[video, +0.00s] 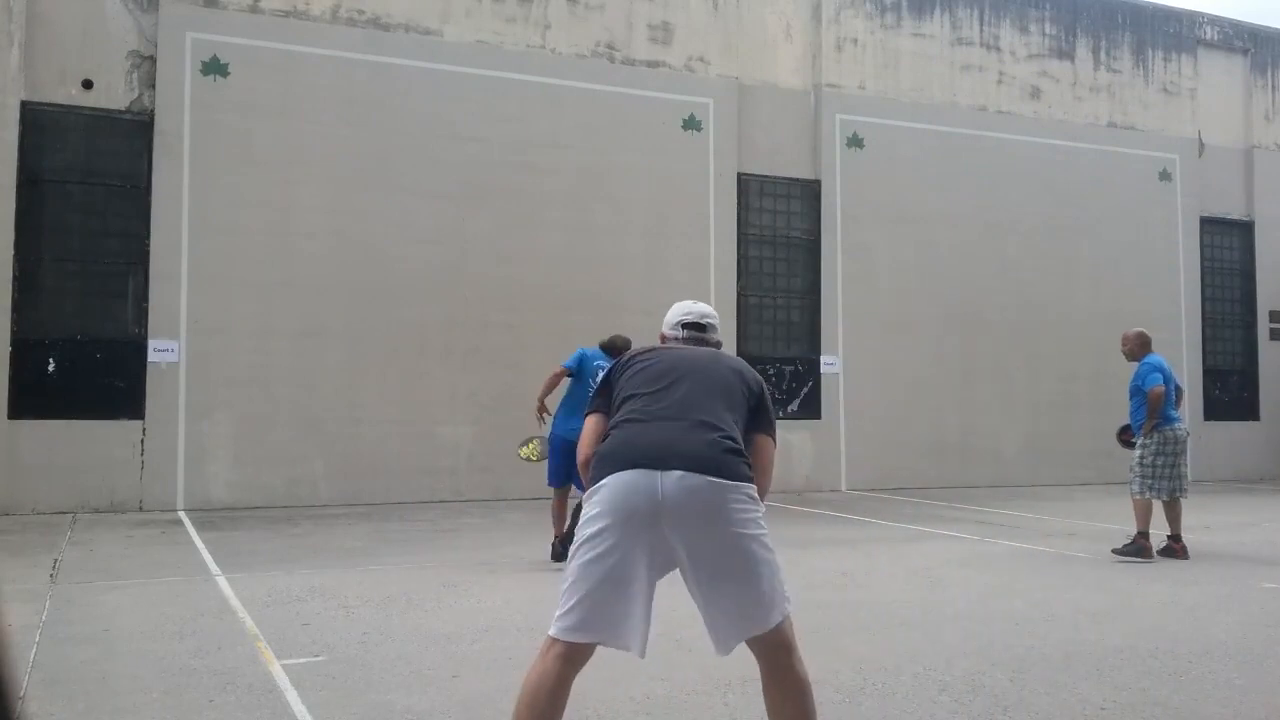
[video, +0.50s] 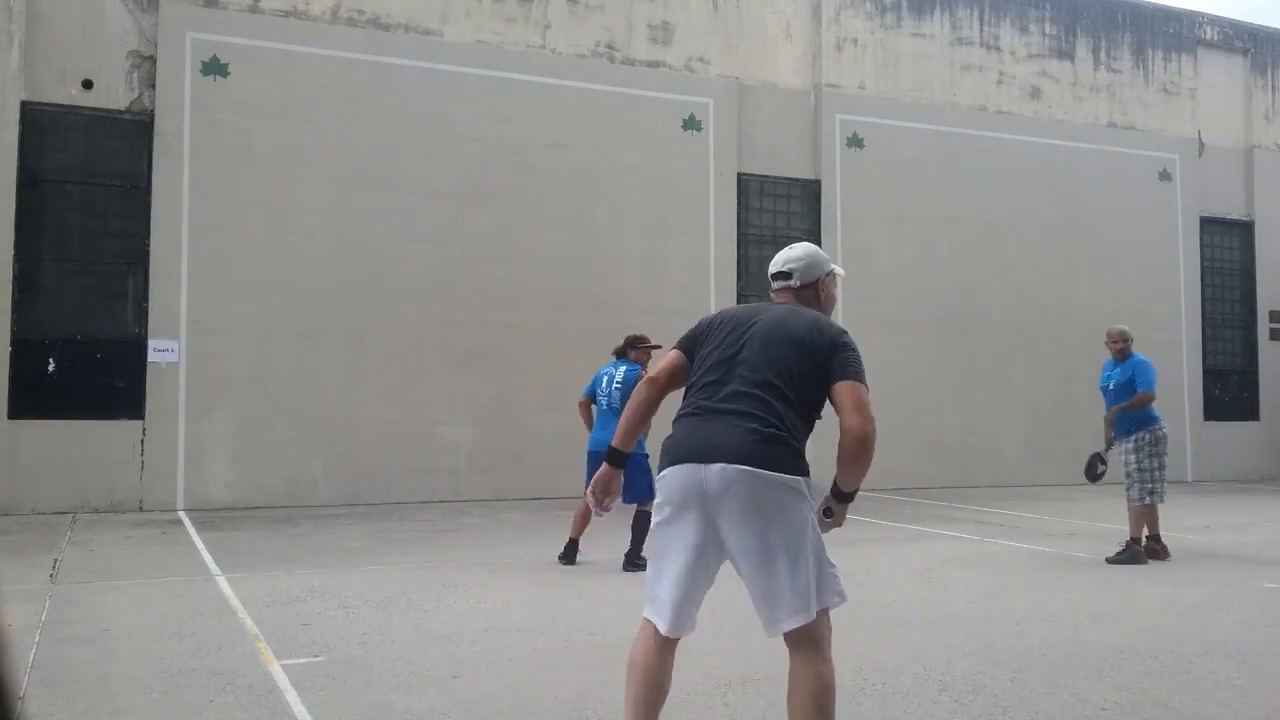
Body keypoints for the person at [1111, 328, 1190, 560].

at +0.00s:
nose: (1122, 349)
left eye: (1126, 344)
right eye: (1122, 345)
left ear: (1139, 345)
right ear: (1143, 346)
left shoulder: (1148, 365)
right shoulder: (1160, 363)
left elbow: (1156, 391)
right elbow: (1178, 392)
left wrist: (1147, 425)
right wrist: (1167, 418)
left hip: (1157, 433)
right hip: (1174, 431)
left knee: (1140, 486)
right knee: (1169, 488)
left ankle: (1141, 541)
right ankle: (1176, 542)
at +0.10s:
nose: (1116, 351)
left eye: (1119, 346)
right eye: (1116, 347)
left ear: (1134, 347)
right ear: (1136, 347)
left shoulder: (1142, 367)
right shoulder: (1152, 364)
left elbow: (1156, 391)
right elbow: (1169, 390)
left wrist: (1146, 420)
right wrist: (1157, 416)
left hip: (1154, 434)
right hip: (1170, 432)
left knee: (1139, 488)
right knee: (1167, 489)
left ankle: (1138, 543)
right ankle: (1175, 543)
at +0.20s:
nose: (1110, 354)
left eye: (1114, 349)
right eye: (1109, 350)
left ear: (1129, 348)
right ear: (1129, 349)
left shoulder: (1138, 370)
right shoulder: (1138, 368)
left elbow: (1156, 395)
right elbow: (1146, 403)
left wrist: (1137, 420)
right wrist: (1129, 435)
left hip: (1152, 438)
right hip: (1163, 435)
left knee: (1138, 491)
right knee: (1165, 490)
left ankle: (1135, 547)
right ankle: (1175, 543)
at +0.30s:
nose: (1110, 352)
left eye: (1114, 347)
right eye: (1108, 348)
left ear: (1128, 347)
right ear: (1108, 350)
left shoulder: (1138, 369)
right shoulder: (1124, 371)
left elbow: (1156, 397)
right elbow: (1133, 406)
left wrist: (1131, 419)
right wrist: (1123, 436)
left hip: (1149, 436)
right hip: (1150, 435)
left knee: (1134, 490)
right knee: (1158, 489)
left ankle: (1134, 547)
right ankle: (1174, 542)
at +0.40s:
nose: (1115, 349)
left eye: (1119, 343)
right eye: (1110, 345)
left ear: (1129, 344)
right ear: (1106, 348)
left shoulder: (1140, 366)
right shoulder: (1111, 370)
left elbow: (1152, 396)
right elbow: (1118, 406)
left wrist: (1125, 414)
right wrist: (1116, 435)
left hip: (1147, 434)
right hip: (1132, 436)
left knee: (1136, 491)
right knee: (1152, 490)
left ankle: (1135, 547)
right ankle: (1169, 540)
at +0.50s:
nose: (1117, 346)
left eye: (1121, 342)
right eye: (1112, 342)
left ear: (1130, 342)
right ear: (1107, 345)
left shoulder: (1140, 364)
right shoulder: (1108, 368)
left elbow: (1148, 395)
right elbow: (1110, 405)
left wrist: (1117, 410)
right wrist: (1109, 433)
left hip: (1146, 433)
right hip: (1129, 436)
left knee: (1136, 489)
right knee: (1145, 489)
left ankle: (1134, 546)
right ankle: (1155, 542)